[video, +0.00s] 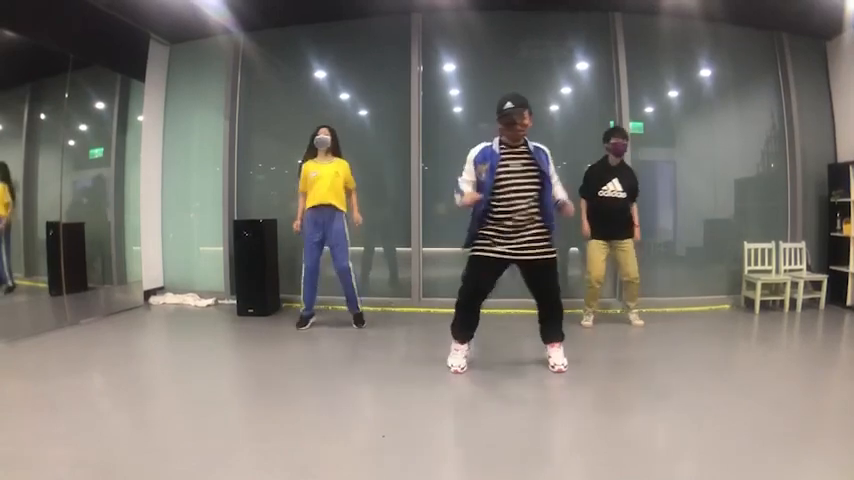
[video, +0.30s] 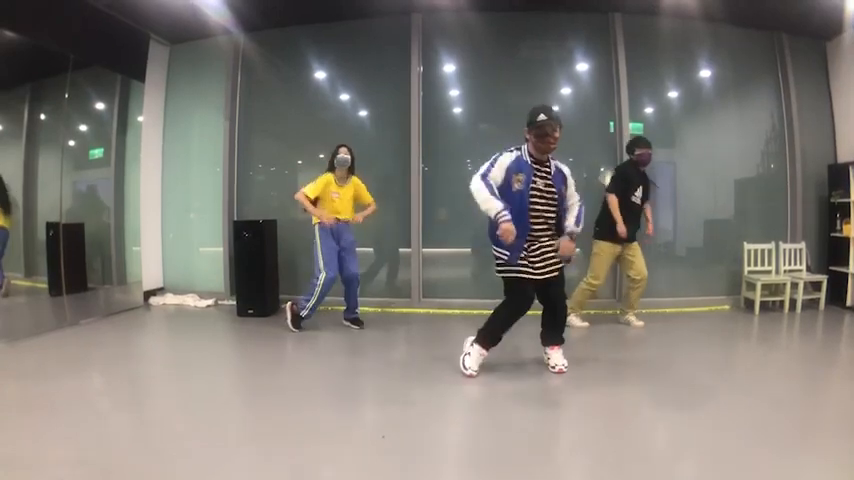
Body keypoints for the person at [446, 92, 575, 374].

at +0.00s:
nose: (517, 128)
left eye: (521, 122)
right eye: (511, 123)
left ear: (529, 120)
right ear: (500, 124)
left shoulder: (541, 153)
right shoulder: (480, 154)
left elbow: (554, 185)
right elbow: (463, 190)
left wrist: (563, 200)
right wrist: (467, 197)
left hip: (534, 239)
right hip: (492, 239)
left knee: (549, 293)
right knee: (471, 292)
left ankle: (555, 346)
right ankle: (460, 345)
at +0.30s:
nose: (554, 139)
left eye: (557, 133)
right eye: (547, 134)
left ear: (560, 134)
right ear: (530, 134)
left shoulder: (561, 172)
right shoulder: (509, 160)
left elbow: (574, 203)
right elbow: (480, 184)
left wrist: (570, 235)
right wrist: (501, 217)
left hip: (548, 248)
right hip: (516, 248)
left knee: (556, 300)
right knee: (520, 300)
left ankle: (553, 347)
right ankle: (479, 347)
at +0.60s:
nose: (562, 140)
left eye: (566, 134)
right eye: (554, 135)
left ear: (571, 136)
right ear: (539, 135)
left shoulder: (567, 176)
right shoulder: (514, 159)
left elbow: (560, 222)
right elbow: (495, 196)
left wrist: (567, 209)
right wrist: (482, 239)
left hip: (534, 251)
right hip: (497, 245)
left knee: (544, 300)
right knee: (467, 287)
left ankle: (551, 349)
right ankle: (468, 347)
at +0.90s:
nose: (505, 120)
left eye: (510, 113)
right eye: (498, 115)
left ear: (519, 114)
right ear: (488, 119)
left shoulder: (538, 152)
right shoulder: (478, 152)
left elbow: (550, 192)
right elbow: (469, 188)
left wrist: (556, 226)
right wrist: (478, 222)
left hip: (530, 241)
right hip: (491, 240)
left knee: (539, 295)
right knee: (480, 297)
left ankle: (549, 347)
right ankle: (472, 349)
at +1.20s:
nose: (509, 118)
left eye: (514, 112)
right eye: (502, 113)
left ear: (524, 114)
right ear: (492, 117)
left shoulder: (541, 152)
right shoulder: (480, 151)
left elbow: (551, 193)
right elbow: (469, 187)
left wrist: (556, 228)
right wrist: (478, 221)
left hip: (529, 238)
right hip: (491, 237)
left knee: (539, 294)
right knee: (480, 295)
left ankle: (549, 346)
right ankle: (472, 349)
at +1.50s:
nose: (509, 117)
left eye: (513, 111)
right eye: (501, 113)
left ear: (523, 113)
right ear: (492, 117)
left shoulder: (542, 148)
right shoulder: (480, 152)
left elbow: (569, 170)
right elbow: (461, 178)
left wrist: (564, 198)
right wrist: (458, 202)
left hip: (529, 238)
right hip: (489, 238)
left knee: (539, 294)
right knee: (480, 295)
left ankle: (549, 346)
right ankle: (472, 349)